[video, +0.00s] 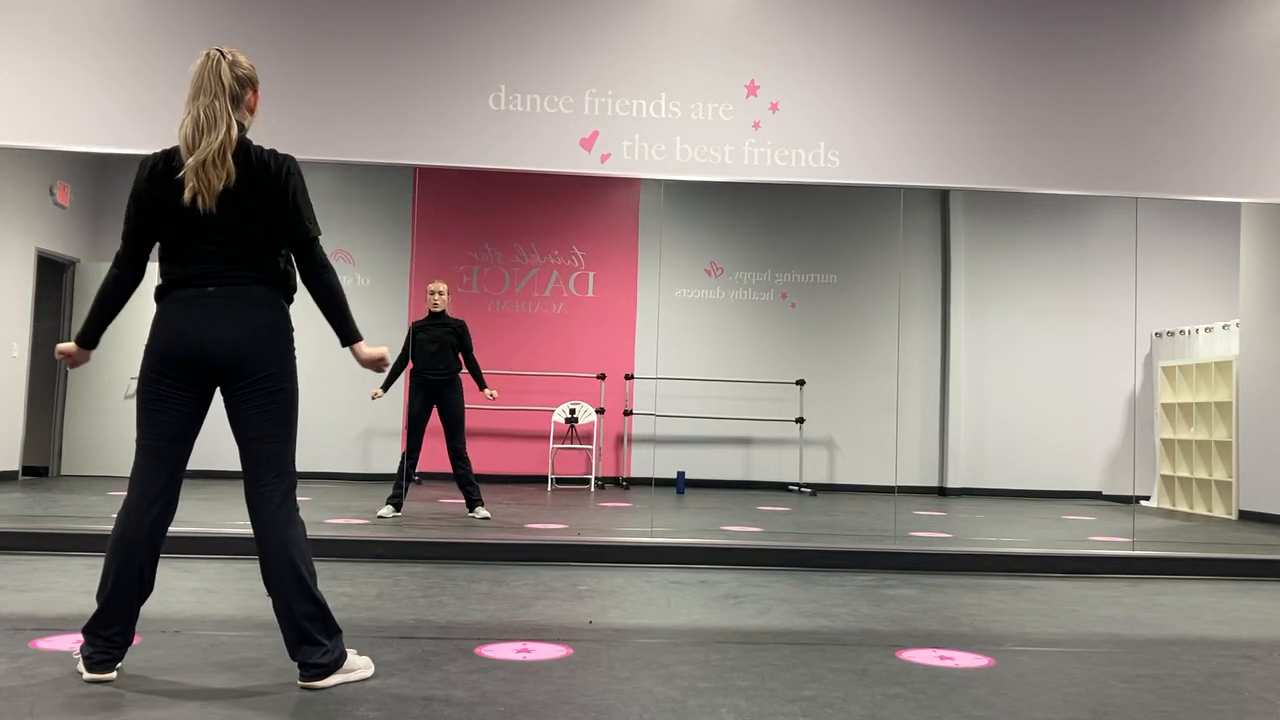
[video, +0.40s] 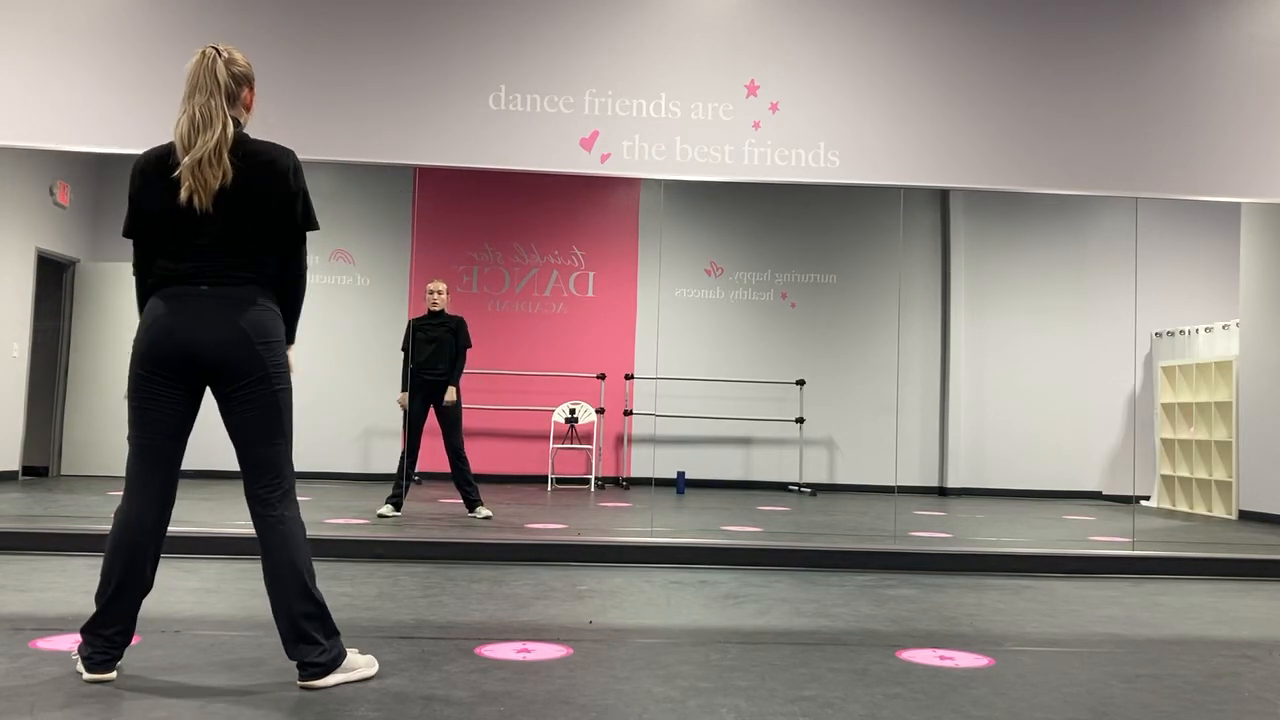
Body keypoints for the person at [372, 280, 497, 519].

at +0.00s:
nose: (436, 297)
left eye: (440, 293)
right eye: (432, 293)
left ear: (448, 298)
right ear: (426, 297)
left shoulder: (458, 326)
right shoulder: (417, 327)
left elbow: (469, 358)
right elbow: (402, 360)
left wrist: (484, 387)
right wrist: (383, 388)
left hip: (450, 390)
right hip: (420, 391)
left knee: (458, 448)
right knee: (411, 448)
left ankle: (475, 505)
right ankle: (394, 504)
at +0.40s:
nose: (435, 296)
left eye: (439, 293)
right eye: (431, 292)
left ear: (447, 297)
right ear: (425, 296)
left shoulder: (457, 323)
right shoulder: (414, 324)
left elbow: (461, 357)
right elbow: (406, 360)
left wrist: (453, 385)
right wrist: (405, 390)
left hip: (445, 391)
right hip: (417, 392)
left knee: (456, 449)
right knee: (410, 448)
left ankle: (474, 505)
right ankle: (394, 503)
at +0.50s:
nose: (435, 295)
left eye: (440, 292)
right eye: (431, 291)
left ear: (447, 297)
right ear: (425, 296)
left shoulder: (456, 322)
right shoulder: (414, 324)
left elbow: (460, 354)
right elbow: (405, 355)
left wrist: (441, 368)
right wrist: (417, 379)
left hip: (446, 388)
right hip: (418, 388)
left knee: (457, 446)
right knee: (408, 446)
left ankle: (475, 504)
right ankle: (393, 503)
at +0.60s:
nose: (436, 293)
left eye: (441, 290)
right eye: (433, 289)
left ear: (448, 296)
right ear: (426, 295)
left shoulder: (456, 321)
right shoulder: (416, 322)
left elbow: (460, 348)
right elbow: (409, 350)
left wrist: (436, 333)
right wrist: (436, 367)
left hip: (449, 387)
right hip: (421, 386)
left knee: (461, 445)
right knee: (410, 445)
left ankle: (481, 503)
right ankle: (393, 502)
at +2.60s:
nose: (442, 294)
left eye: (447, 291)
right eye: (438, 290)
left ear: (454, 299)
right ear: (431, 297)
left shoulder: (462, 322)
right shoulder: (420, 324)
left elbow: (466, 345)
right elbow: (416, 355)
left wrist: (451, 317)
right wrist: (448, 353)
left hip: (457, 390)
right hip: (427, 390)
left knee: (466, 448)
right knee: (413, 448)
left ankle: (482, 504)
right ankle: (394, 504)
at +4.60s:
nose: (444, 296)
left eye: (448, 293)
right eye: (440, 292)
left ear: (456, 299)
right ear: (434, 297)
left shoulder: (463, 324)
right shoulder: (421, 324)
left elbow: (469, 349)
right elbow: (418, 353)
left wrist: (453, 322)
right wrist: (450, 357)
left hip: (459, 391)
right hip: (430, 391)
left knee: (467, 449)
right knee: (415, 449)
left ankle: (482, 504)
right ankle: (394, 504)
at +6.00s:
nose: (441, 294)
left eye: (447, 291)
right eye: (438, 291)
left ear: (455, 298)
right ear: (432, 296)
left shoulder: (462, 322)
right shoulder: (421, 322)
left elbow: (466, 341)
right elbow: (416, 347)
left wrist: (450, 316)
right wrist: (446, 348)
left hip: (453, 389)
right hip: (424, 389)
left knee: (463, 448)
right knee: (412, 449)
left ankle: (482, 504)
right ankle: (394, 504)